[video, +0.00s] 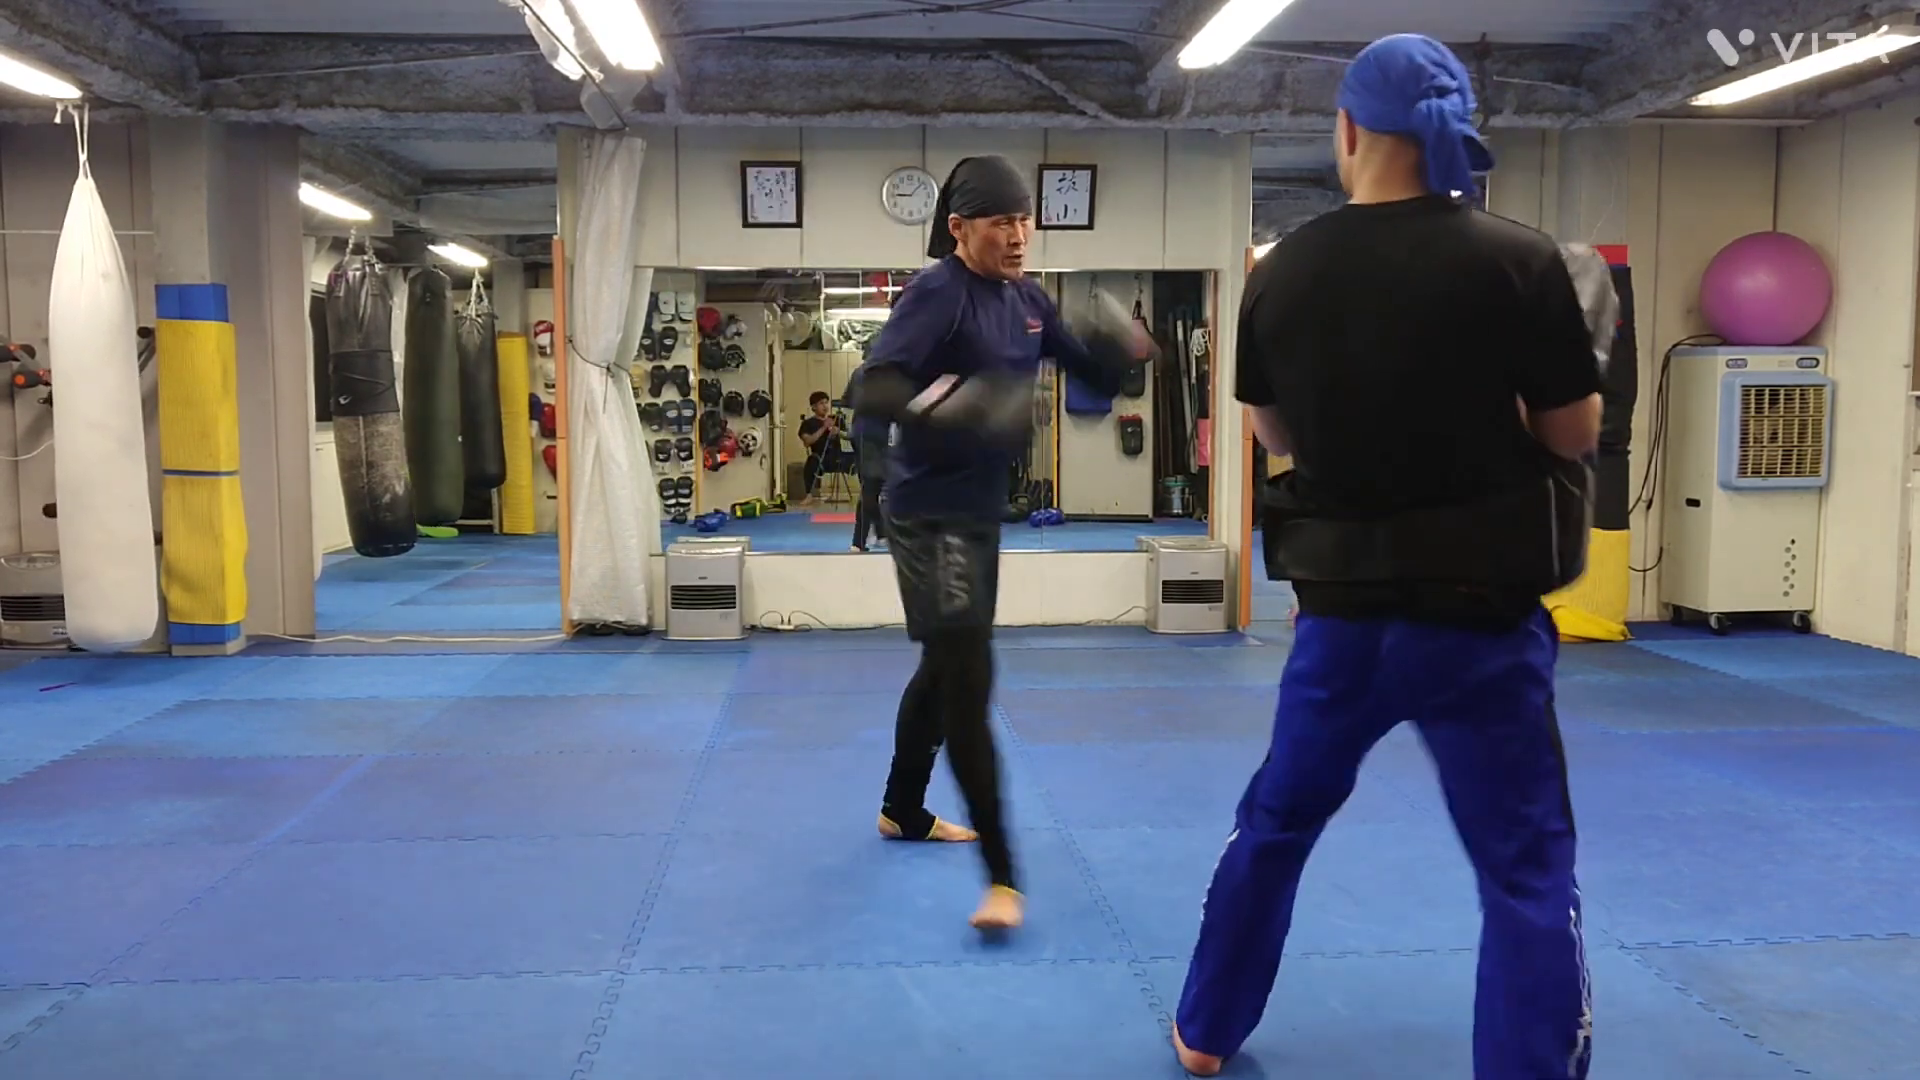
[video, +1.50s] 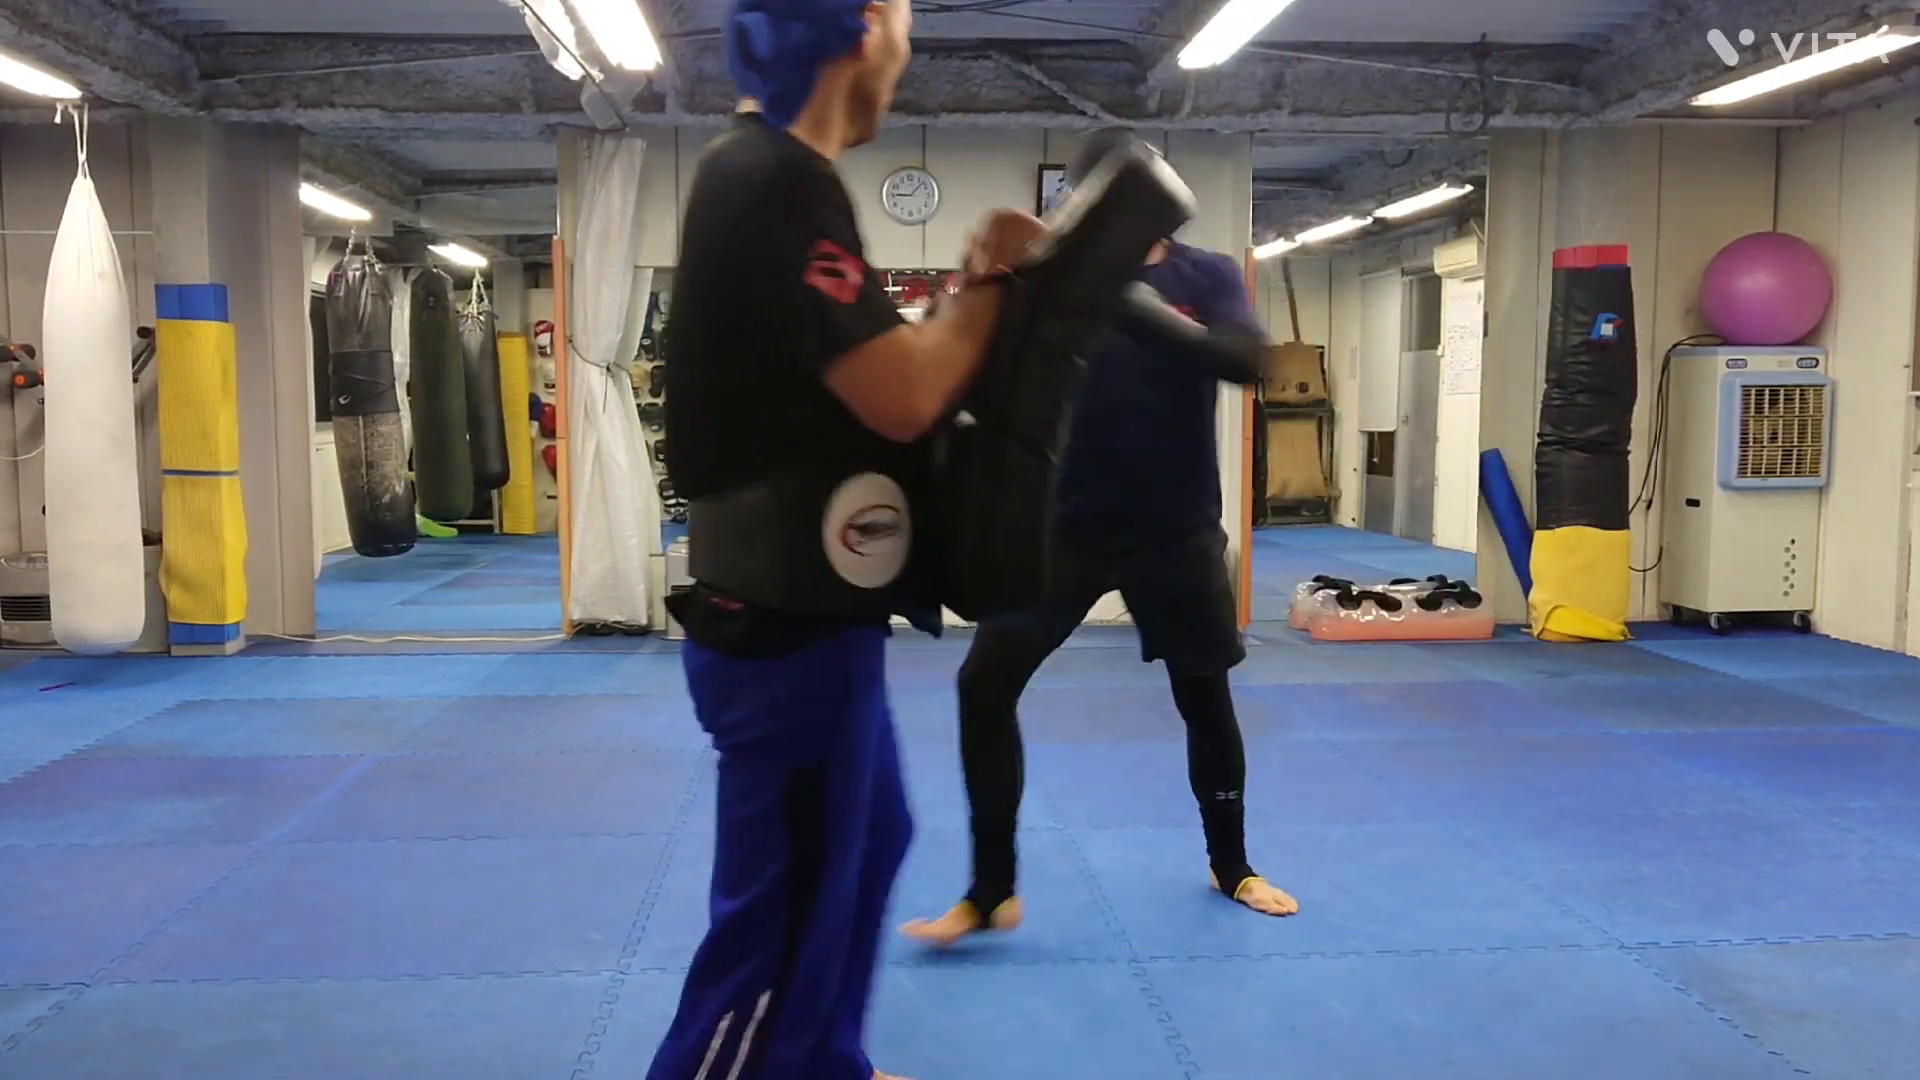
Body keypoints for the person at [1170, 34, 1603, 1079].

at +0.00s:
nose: (1336, 144)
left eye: (1338, 128)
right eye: (1342, 128)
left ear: (1352, 136)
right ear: (1453, 138)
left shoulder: (1280, 272)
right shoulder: (1520, 263)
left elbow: (1277, 435)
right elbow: (1574, 433)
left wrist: (1380, 420)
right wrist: (1490, 397)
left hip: (1340, 619)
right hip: (1483, 621)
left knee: (1275, 823)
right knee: (1528, 877)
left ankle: (1204, 1035)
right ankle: (1536, 1069)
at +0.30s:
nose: (1349, 132)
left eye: (1351, 116)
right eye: (1358, 116)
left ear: (1366, 123)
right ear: (1467, 129)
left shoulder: (1285, 261)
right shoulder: (1535, 272)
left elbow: (1267, 411)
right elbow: (1584, 441)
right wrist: (1475, 388)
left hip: (1340, 629)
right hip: (1487, 637)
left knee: (1274, 828)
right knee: (1534, 883)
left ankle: (1207, 1040)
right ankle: (1540, 1068)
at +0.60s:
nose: (1221, 116)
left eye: (1229, 99)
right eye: (1227, 100)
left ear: (1252, 109)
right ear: (1345, 113)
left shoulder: (1192, 255)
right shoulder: (1410, 245)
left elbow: (1208, 391)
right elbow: (1529, 394)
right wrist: (1485, 275)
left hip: (1266, 628)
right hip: (1409, 635)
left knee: (1206, 813)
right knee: (1508, 880)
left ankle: (1105, 1038)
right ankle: (1530, 1067)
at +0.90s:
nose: (1158, 81)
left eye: (1151, 59)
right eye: (1152, 61)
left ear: (1035, 87)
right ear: (1137, 80)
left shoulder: (1014, 230)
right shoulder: (1104, 229)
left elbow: (1103, 398)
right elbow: (1211, 408)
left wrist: (1252, 327)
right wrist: (1290, 334)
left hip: (1041, 634)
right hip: (1141, 638)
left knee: (1090, 870)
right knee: (1301, 877)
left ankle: (1024, 1070)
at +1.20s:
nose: (1025, 51)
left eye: (1018, 34)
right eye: (1017, 34)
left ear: (911, 63)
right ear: (992, 54)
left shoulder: (880, 192)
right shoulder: (961, 195)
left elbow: (953, 381)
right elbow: (1073, 401)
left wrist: (1084, 313)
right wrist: (1137, 316)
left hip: (899, 607)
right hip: (935, 618)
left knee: (1004, 862)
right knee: (879, 936)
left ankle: (1008, 1072)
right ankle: (744, 1077)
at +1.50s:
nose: (903, 41)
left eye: (901, 19)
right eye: (897, 16)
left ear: (802, 41)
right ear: (855, 34)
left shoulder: (782, 179)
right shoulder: (774, 184)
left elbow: (886, 377)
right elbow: (903, 399)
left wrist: (971, 294)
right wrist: (990, 283)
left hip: (812, 615)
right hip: (784, 629)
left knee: (873, 835)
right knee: (780, 920)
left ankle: (820, 1058)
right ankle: (710, 1078)